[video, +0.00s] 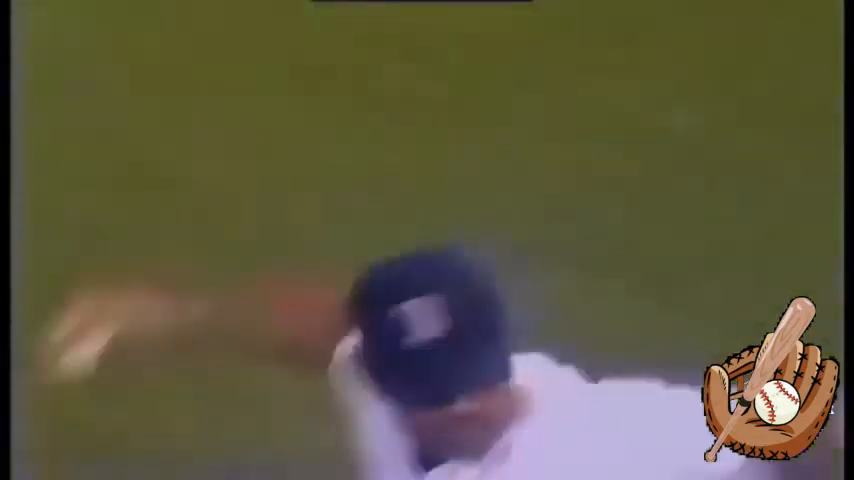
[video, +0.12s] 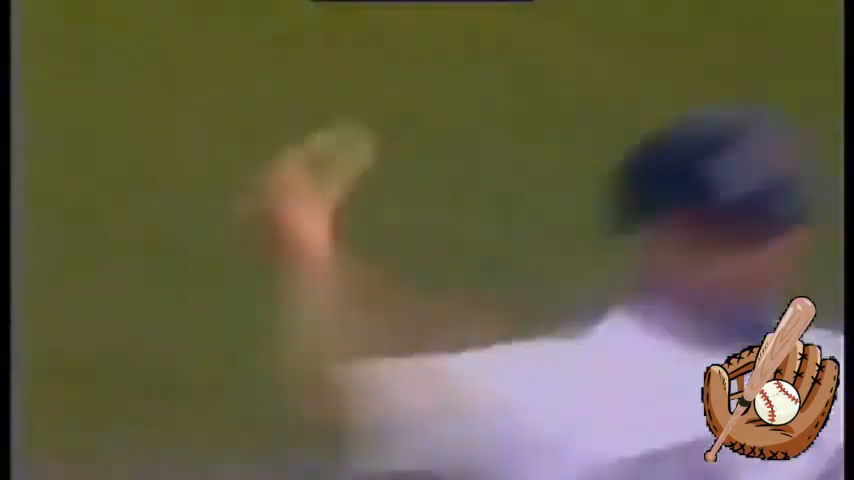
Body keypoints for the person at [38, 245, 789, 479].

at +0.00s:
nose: (456, 408)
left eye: (470, 384)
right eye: (430, 394)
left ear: (502, 361)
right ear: (387, 379)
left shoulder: (613, 442)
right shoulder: (384, 381)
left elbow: (773, 446)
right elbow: (339, 316)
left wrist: (805, 429)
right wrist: (174, 315)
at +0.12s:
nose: (734, 262)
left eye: (757, 236)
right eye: (710, 237)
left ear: (796, 244)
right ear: (661, 241)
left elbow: (325, 385)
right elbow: (325, 389)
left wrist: (304, 240)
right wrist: (308, 244)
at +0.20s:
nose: (822, 198)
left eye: (820, 176)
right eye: (805, 174)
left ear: (713, 181)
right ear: (721, 180)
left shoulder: (605, 243)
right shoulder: (676, 274)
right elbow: (828, 363)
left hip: (388, 459)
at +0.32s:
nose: (681, 164)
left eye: (680, 142)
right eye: (666, 142)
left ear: (553, 136)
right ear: (596, 148)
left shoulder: (374, 178)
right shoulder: (619, 329)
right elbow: (547, 464)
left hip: (157, 449)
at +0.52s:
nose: (394, 92)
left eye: (392, 74)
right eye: (379, 74)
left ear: (272, 79)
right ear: (306, 84)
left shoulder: (141, 150)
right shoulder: (340, 209)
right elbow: (469, 396)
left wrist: (357, 236)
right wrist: (602, 464)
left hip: (21, 443)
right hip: (126, 470)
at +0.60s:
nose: (357, 79)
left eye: (356, 60)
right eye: (341, 59)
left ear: (251, 66)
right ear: (263, 67)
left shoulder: (134, 143)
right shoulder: (276, 170)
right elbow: (435, 276)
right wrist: (611, 265)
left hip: (34, 448)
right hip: (130, 464)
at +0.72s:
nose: (338, 80)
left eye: (336, 62)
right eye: (322, 61)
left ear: (243, 71)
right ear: (242, 66)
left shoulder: (272, 166)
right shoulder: (183, 139)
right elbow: (294, 254)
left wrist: (344, 341)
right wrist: (459, 149)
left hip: (228, 466)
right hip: (105, 461)